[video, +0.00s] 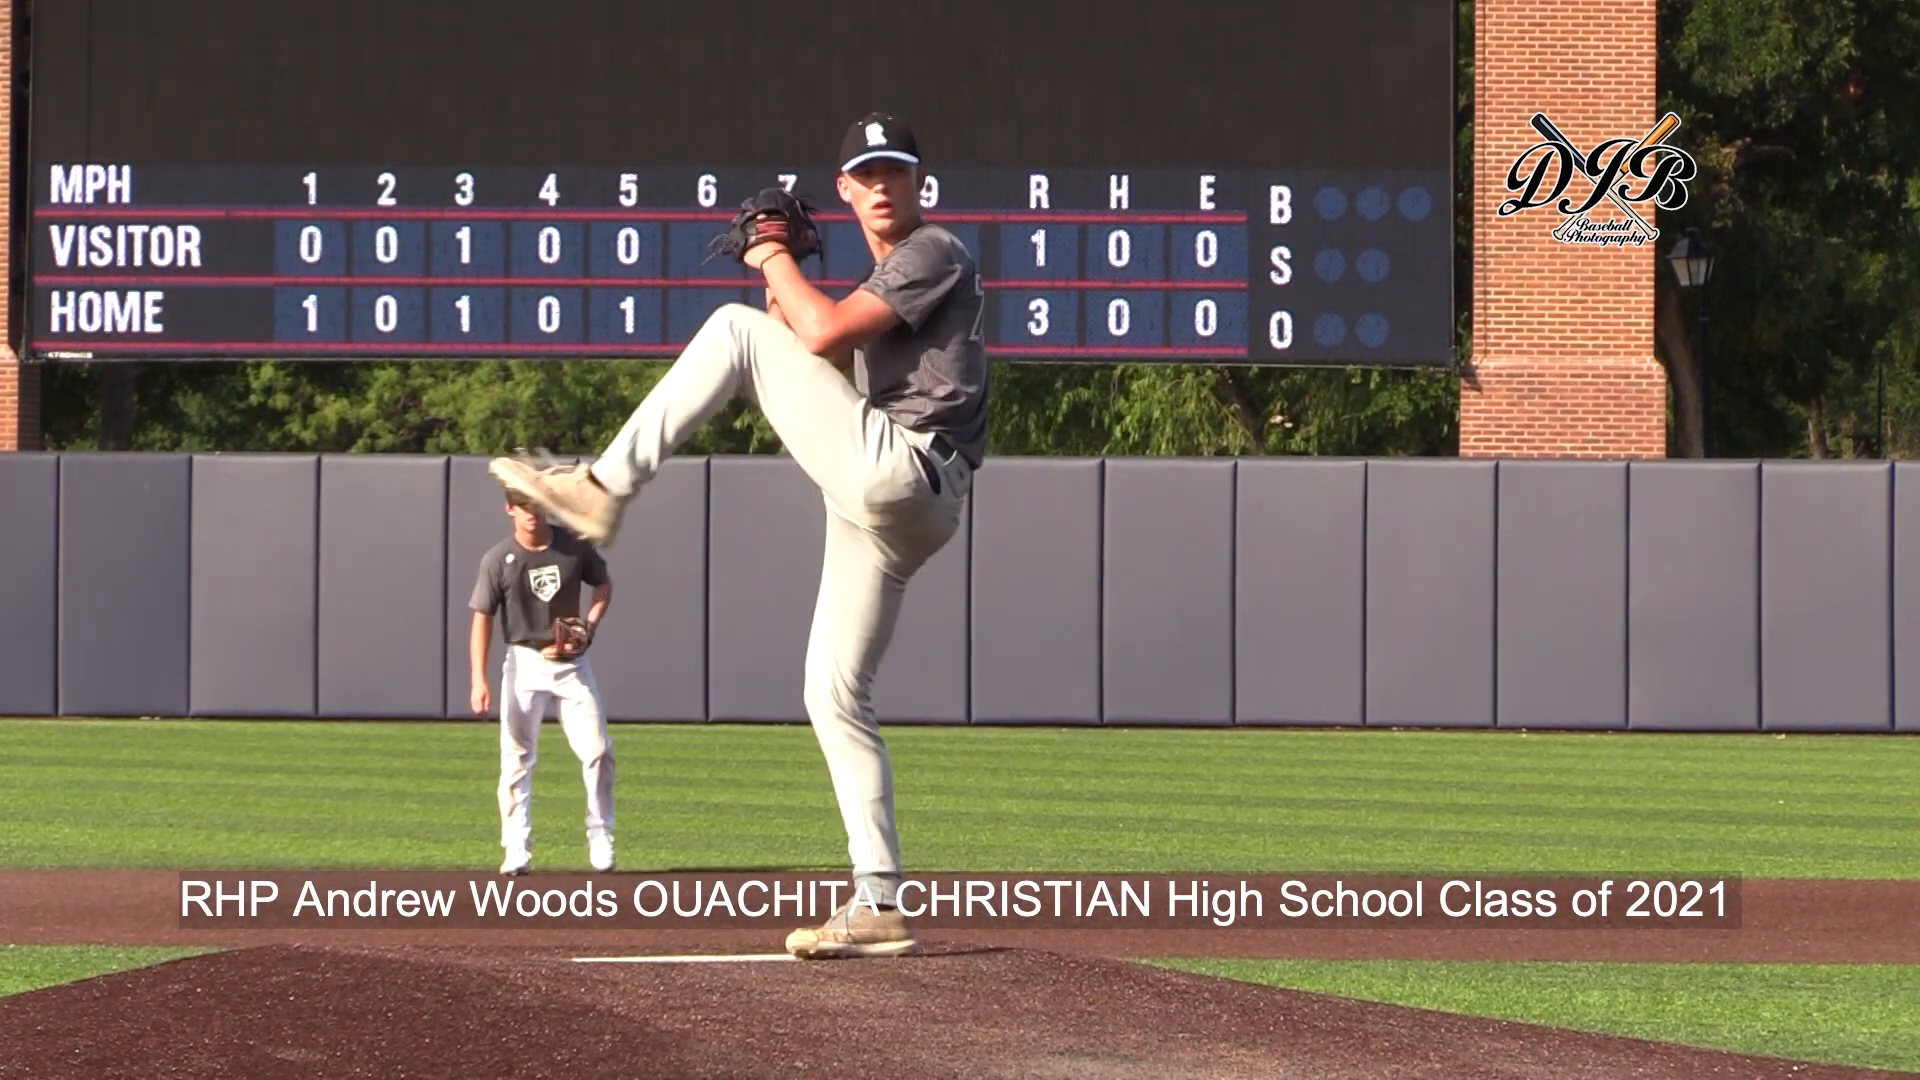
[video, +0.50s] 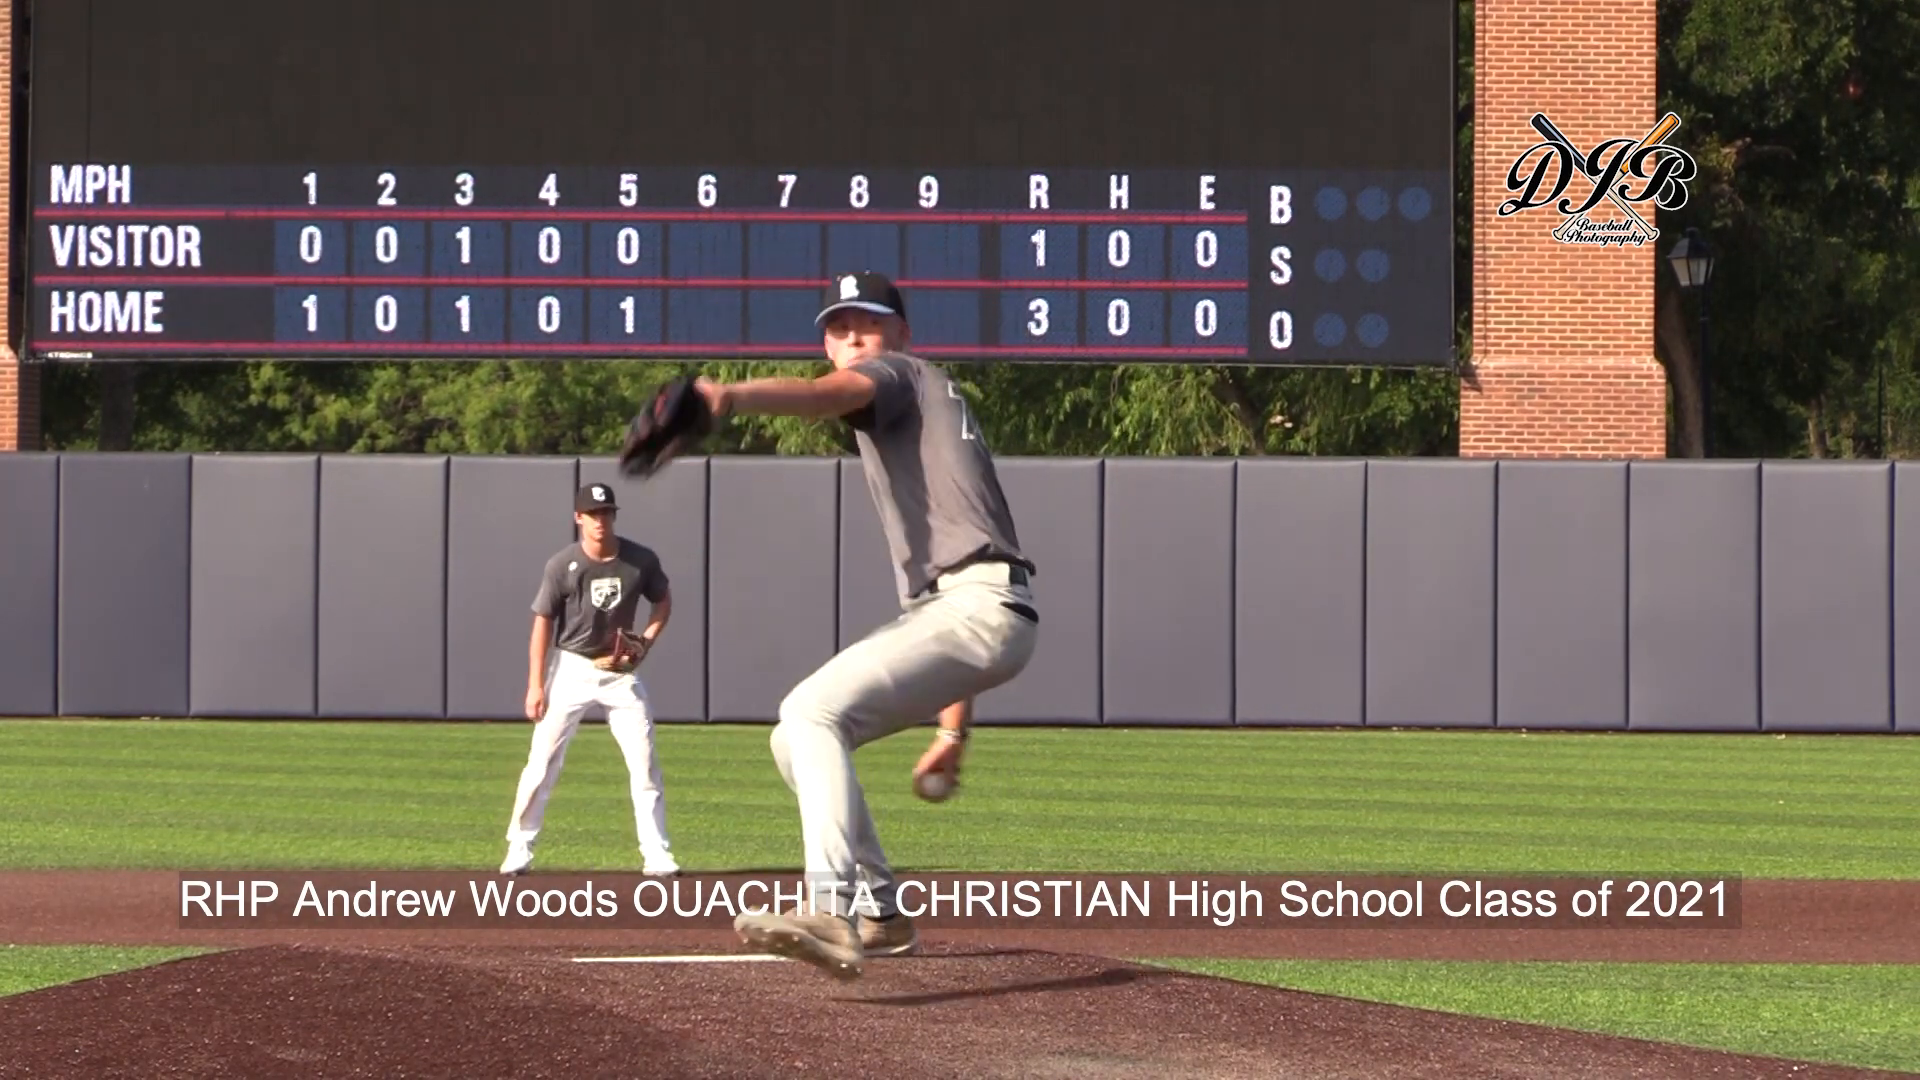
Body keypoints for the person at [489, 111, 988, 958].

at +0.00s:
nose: (879, 192)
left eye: (894, 175)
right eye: (864, 178)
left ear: (921, 183)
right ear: (846, 191)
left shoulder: (936, 252)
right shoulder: (877, 273)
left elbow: (825, 329)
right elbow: (824, 348)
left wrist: (773, 252)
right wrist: (780, 263)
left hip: (900, 469)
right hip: (883, 500)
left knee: (742, 326)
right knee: (839, 697)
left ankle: (600, 489)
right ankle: (878, 906)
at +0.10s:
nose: (875, 205)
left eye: (889, 189)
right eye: (860, 193)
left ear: (917, 197)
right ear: (841, 206)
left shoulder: (933, 263)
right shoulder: (870, 283)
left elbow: (825, 338)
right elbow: (833, 357)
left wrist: (772, 265)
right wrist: (791, 276)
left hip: (894, 469)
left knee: (750, 318)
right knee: (815, 701)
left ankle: (710, 523)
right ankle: (876, 904)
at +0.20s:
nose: (875, 222)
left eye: (889, 206)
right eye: (859, 210)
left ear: (916, 212)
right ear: (840, 224)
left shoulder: (930, 278)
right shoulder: (888, 310)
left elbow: (843, 381)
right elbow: (832, 417)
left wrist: (769, 322)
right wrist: (776, 333)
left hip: (907, 493)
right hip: (911, 529)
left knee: (718, 422)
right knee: (808, 712)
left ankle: (760, 630)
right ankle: (879, 903)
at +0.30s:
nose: (871, 248)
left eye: (886, 232)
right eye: (856, 235)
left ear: (913, 240)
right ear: (840, 250)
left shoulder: (921, 304)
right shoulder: (904, 333)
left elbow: (859, 417)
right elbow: (879, 488)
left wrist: (750, 427)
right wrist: (781, 471)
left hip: (916, 533)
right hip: (938, 551)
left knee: (721, 567)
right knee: (798, 728)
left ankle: (782, 768)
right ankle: (875, 906)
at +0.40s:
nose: (867, 292)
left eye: (881, 276)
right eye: (853, 280)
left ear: (910, 285)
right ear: (840, 296)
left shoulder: (913, 334)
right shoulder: (929, 357)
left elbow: (827, 406)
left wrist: (715, 473)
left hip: (942, 570)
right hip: (961, 585)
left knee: (761, 669)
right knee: (806, 737)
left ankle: (801, 880)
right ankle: (872, 906)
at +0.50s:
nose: (848, 343)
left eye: (865, 327)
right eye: (839, 329)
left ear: (899, 334)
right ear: (826, 337)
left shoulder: (906, 374)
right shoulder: (920, 408)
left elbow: (831, 393)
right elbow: (951, 579)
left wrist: (722, 397)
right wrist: (954, 730)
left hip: (981, 604)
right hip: (962, 610)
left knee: (812, 711)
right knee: (793, 739)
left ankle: (832, 913)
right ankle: (879, 907)